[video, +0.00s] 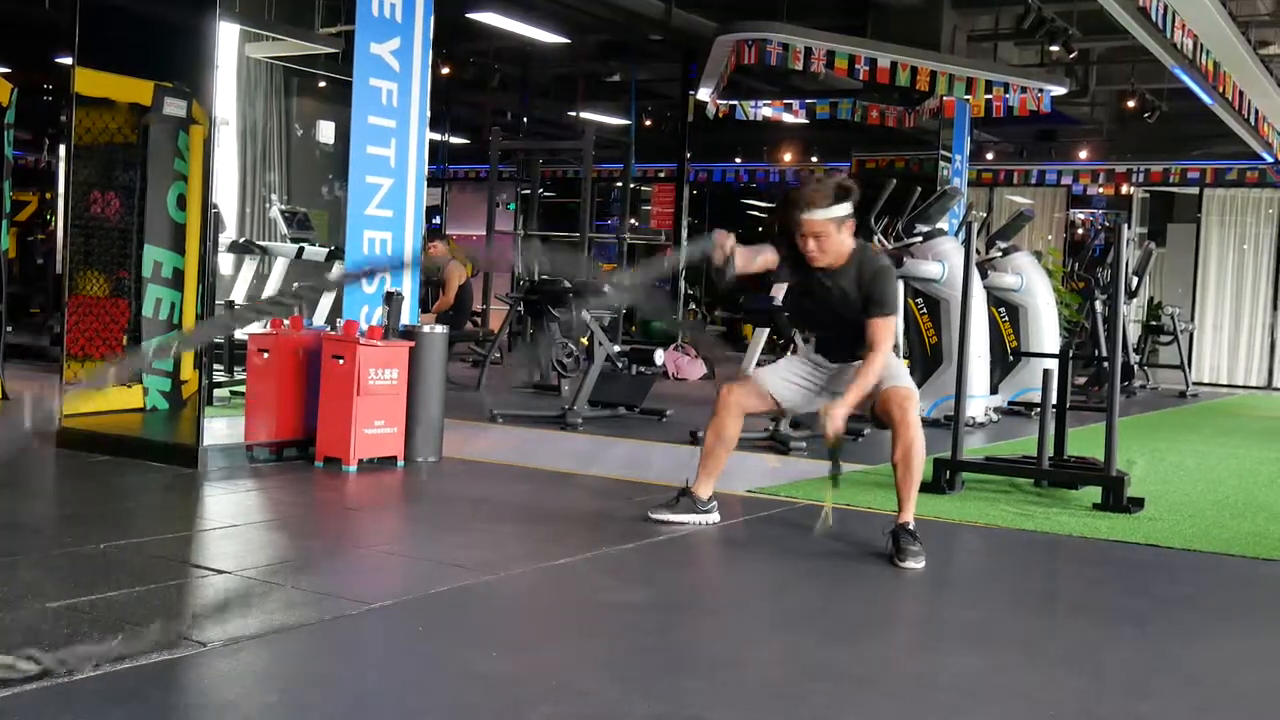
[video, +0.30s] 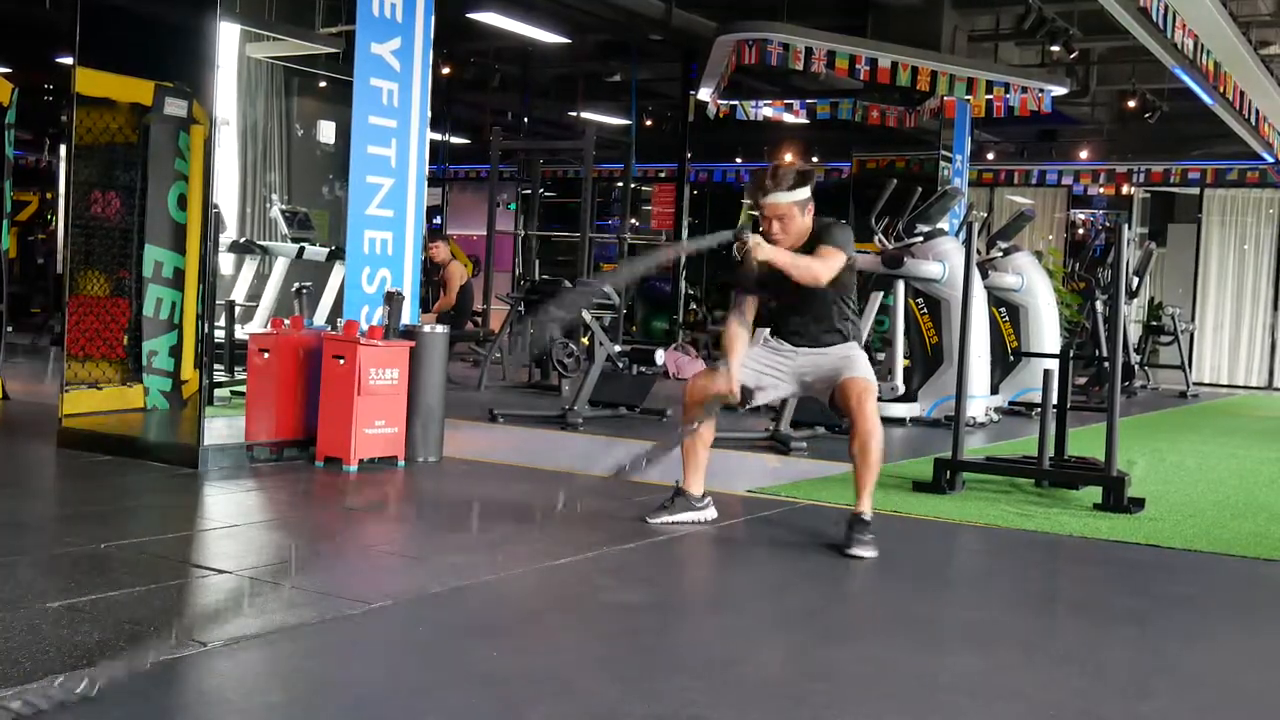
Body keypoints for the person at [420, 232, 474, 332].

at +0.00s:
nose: (431, 251)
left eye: (435, 247)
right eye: (429, 248)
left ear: (446, 247)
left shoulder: (453, 267)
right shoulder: (447, 267)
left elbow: (448, 300)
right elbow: (442, 297)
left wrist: (433, 313)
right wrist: (432, 314)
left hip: (455, 321)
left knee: (414, 319)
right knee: (414, 317)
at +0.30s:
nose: (432, 252)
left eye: (436, 247)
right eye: (430, 248)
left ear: (447, 247)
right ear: (427, 251)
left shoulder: (453, 268)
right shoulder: (444, 268)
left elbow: (450, 300)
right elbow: (443, 297)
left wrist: (433, 313)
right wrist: (433, 314)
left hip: (456, 321)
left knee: (415, 319)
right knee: (415, 317)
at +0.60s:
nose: (433, 254)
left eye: (437, 250)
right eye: (432, 250)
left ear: (447, 250)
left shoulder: (456, 268)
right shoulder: (445, 270)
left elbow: (451, 300)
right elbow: (444, 298)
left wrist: (435, 313)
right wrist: (435, 313)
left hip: (458, 320)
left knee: (418, 320)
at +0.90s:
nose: (436, 252)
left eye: (439, 248)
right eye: (433, 249)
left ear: (450, 248)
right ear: (430, 252)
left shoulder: (457, 269)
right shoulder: (446, 271)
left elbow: (452, 301)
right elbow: (445, 298)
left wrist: (435, 314)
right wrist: (434, 315)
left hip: (459, 321)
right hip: (451, 317)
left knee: (420, 319)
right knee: (418, 318)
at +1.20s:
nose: (438, 253)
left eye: (441, 249)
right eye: (434, 250)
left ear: (452, 249)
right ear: (432, 253)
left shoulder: (458, 270)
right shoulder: (446, 272)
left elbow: (454, 302)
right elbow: (446, 300)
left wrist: (436, 314)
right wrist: (435, 316)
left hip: (460, 321)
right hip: (452, 317)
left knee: (419, 320)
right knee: (419, 318)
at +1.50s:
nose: (439, 255)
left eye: (443, 250)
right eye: (436, 251)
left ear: (453, 250)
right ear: (433, 255)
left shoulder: (459, 270)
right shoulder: (448, 271)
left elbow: (455, 301)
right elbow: (447, 300)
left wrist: (437, 315)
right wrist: (436, 317)